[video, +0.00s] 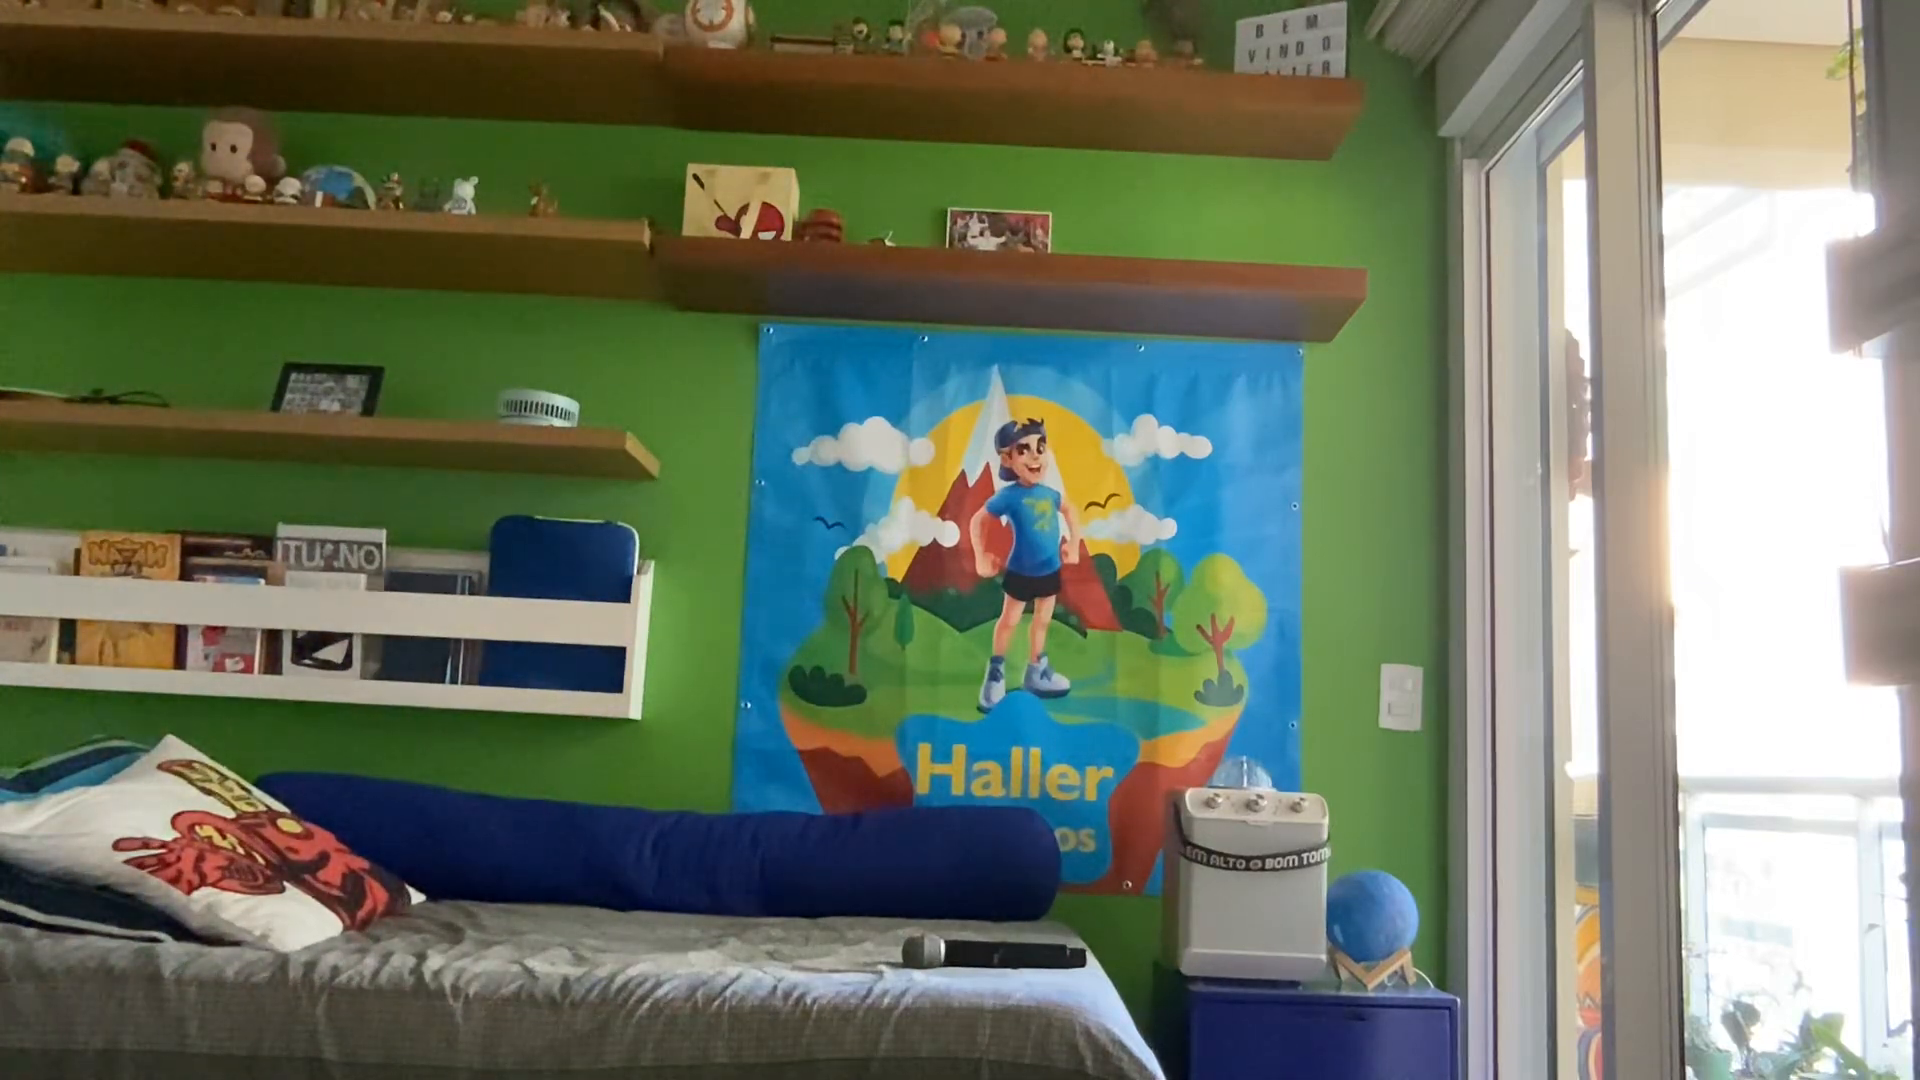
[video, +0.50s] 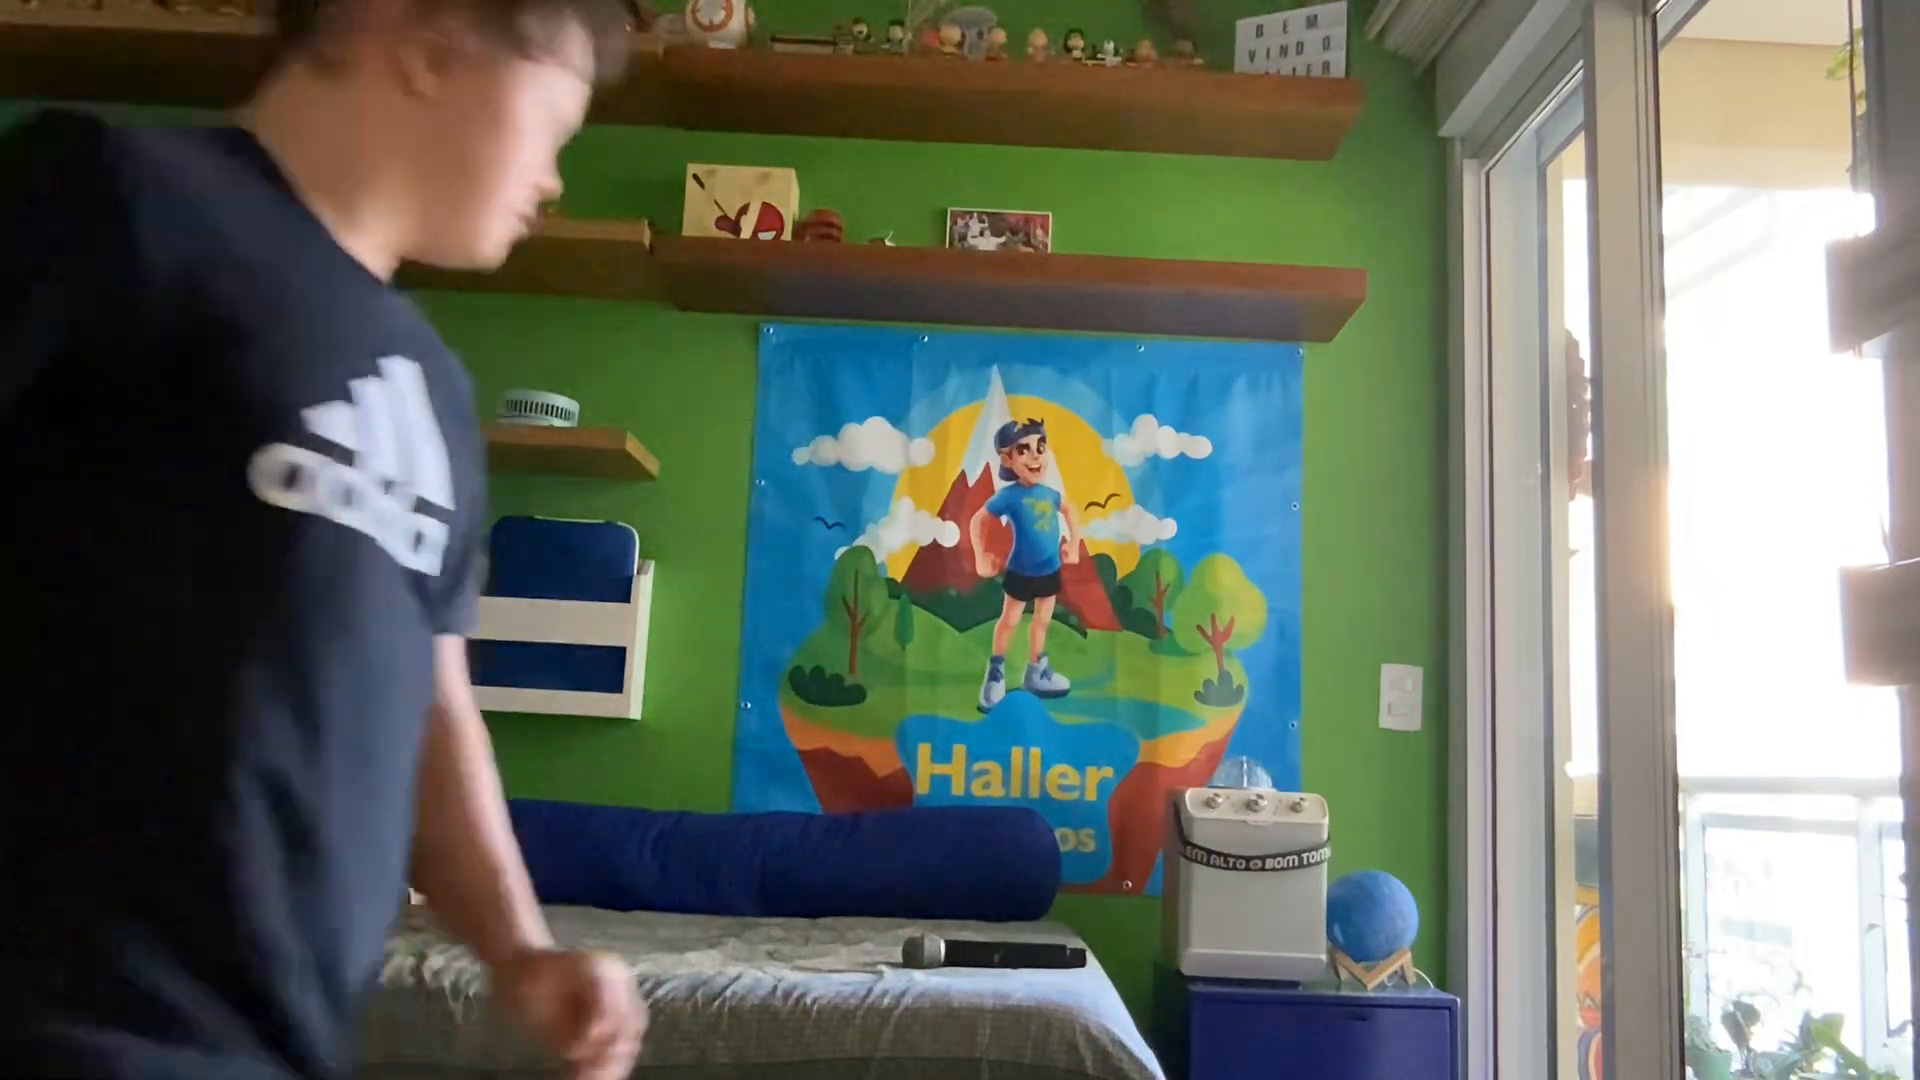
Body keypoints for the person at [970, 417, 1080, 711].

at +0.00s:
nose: (1034, 457)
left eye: (1040, 449)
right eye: (1024, 450)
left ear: (1047, 454)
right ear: (1008, 459)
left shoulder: (1050, 494)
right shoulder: (1007, 496)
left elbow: (1070, 513)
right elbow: (977, 520)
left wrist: (1074, 543)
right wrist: (980, 556)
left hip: (1049, 570)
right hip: (1020, 572)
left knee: (1043, 619)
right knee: (1010, 619)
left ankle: (1036, 670)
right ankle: (996, 672)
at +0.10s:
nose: (1034, 458)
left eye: (1040, 449)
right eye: (1024, 450)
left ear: (1047, 454)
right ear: (1008, 460)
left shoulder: (1050, 494)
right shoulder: (1008, 496)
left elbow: (1070, 512)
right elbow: (977, 520)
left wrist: (1074, 542)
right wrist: (980, 556)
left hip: (1049, 570)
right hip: (1020, 572)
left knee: (1043, 618)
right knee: (1010, 619)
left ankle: (1036, 670)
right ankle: (995, 671)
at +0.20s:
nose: (1034, 458)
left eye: (1040, 449)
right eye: (1024, 450)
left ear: (1047, 454)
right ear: (1008, 460)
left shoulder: (1050, 494)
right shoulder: (1008, 496)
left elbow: (1070, 512)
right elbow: (977, 520)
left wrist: (1074, 542)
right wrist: (980, 555)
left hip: (1049, 570)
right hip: (1020, 572)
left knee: (1043, 618)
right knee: (1010, 619)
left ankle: (1036, 670)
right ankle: (996, 671)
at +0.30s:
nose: (1034, 458)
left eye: (1039, 449)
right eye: (1024, 450)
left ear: (1047, 454)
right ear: (1008, 460)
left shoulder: (1050, 494)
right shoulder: (1008, 496)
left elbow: (1070, 512)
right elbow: (977, 520)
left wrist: (1074, 542)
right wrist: (980, 556)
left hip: (1049, 570)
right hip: (1020, 572)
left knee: (1043, 619)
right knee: (1010, 620)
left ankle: (1037, 670)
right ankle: (996, 671)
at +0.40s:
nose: (1034, 458)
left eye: (1039, 449)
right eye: (1024, 451)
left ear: (1047, 454)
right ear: (1008, 460)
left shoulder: (1050, 494)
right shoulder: (1008, 496)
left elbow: (1070, 512)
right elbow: (977, 520)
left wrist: (1074, 542)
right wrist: (980, 556)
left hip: (1049, 570)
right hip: (1020, 572)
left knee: (1043, 619)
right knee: (1010, 620)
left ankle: (1037, 670)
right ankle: (996, 671)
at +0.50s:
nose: (1034, 458)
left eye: (1039, 449)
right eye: (1024, 450)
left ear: (1047, 454)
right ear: (1008, 460)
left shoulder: (1050, 494)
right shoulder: (1008, 496)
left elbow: (1070, 512)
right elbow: (977, 520)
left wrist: (1074, 542)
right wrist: (980, 556)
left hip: (1049, 571)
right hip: (1020, 572)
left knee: (1043, 618)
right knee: (1010, 619)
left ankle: (1036, 670)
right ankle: (996, 671)